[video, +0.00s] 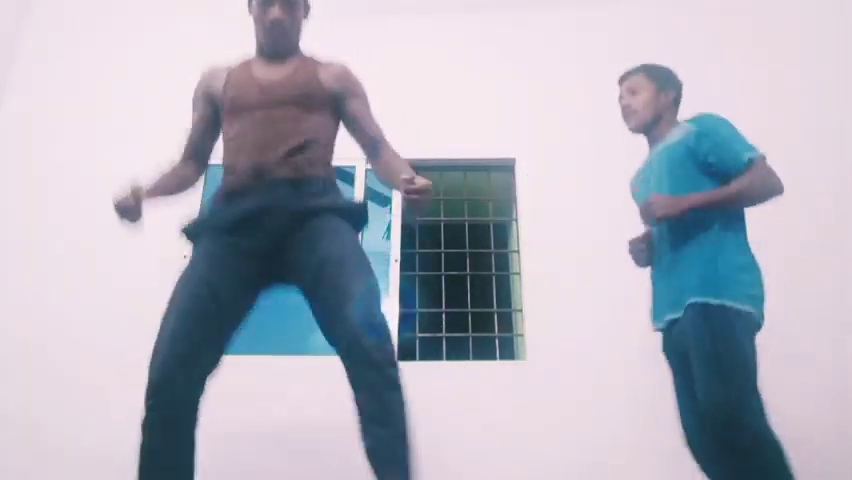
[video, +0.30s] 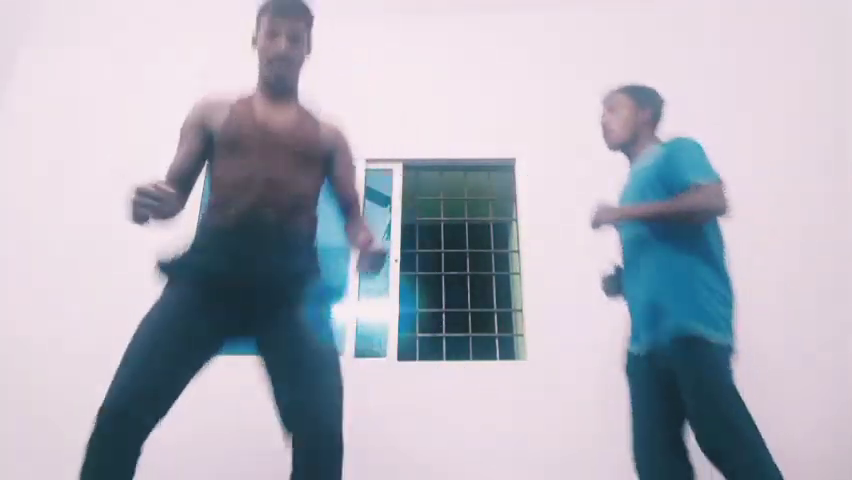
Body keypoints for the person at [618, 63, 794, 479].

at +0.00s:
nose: (624, 102)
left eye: (634, 92)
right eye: (621, 97)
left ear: (668, 96)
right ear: (621, 107)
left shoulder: (702, 129)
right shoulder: (642, 177)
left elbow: (766, 181)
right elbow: (683, 238)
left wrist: (684, 203)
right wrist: (650, 250)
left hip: (718, 296)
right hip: (673, 312)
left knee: (733, 424)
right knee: (702, 436)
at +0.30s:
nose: (604, 120)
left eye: (613, 111)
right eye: (603, 113)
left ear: (645, 115)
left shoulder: (678, 150)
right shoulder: (633, 182)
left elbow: (714, 198)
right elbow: (667, 255)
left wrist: (624, 213)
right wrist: (626, 278)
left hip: (693, 324)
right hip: (648, 335)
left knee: (725, 437)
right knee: (655, 453)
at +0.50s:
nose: (558, 117)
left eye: (567, 107)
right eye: (558, 110)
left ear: (597, 111)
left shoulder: (621, 144)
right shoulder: (594, 173)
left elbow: (657, 194)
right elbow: (627, 249)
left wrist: (579, 222)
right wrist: (587, 276)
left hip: (640, 306)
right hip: (610, 318)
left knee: (679, 416)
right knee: (611, 443)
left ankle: (741, 475)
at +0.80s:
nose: (536, 131)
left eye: (542, 121)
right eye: (533, 125)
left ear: (574, 121)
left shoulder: (610, 156)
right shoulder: (568, 189)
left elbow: (660, 206)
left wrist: (579, 231)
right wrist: (560, 275)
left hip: (619, 316)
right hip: (574, 327)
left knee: (641, 420)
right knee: (577, 438)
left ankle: (678, 475)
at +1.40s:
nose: (580, 111)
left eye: (588, 101)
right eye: (579, 104)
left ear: (620, 104)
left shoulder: (643, 138)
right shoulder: (613, 167)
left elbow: (664, 192)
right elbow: (639, 246)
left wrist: (591, 211)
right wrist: (594, 250)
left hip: (647, 297)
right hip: (624, 303)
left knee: (652, 424)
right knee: (639, 427)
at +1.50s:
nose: (584, 130)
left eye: (593, 120)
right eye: (585, 123)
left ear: (623, 123)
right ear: (614, 126)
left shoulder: (647, 160)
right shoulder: (619, 183)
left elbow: (673, 214)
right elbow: (644, 267)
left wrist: (595, 238)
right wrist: (602, 278)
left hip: (655, 309)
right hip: (632, 314)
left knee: (656, 423)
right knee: (645, 423)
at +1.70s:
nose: (588, 159)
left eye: (596, 149)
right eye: (587, 152)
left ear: (628, 153)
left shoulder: (664, 198)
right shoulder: (614, 236)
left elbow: (714, 255)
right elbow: (596, 301)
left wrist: (639, 279)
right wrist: (558, 259)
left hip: (679, 330)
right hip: (640, 343)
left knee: (636, 422)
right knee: (671, 440)